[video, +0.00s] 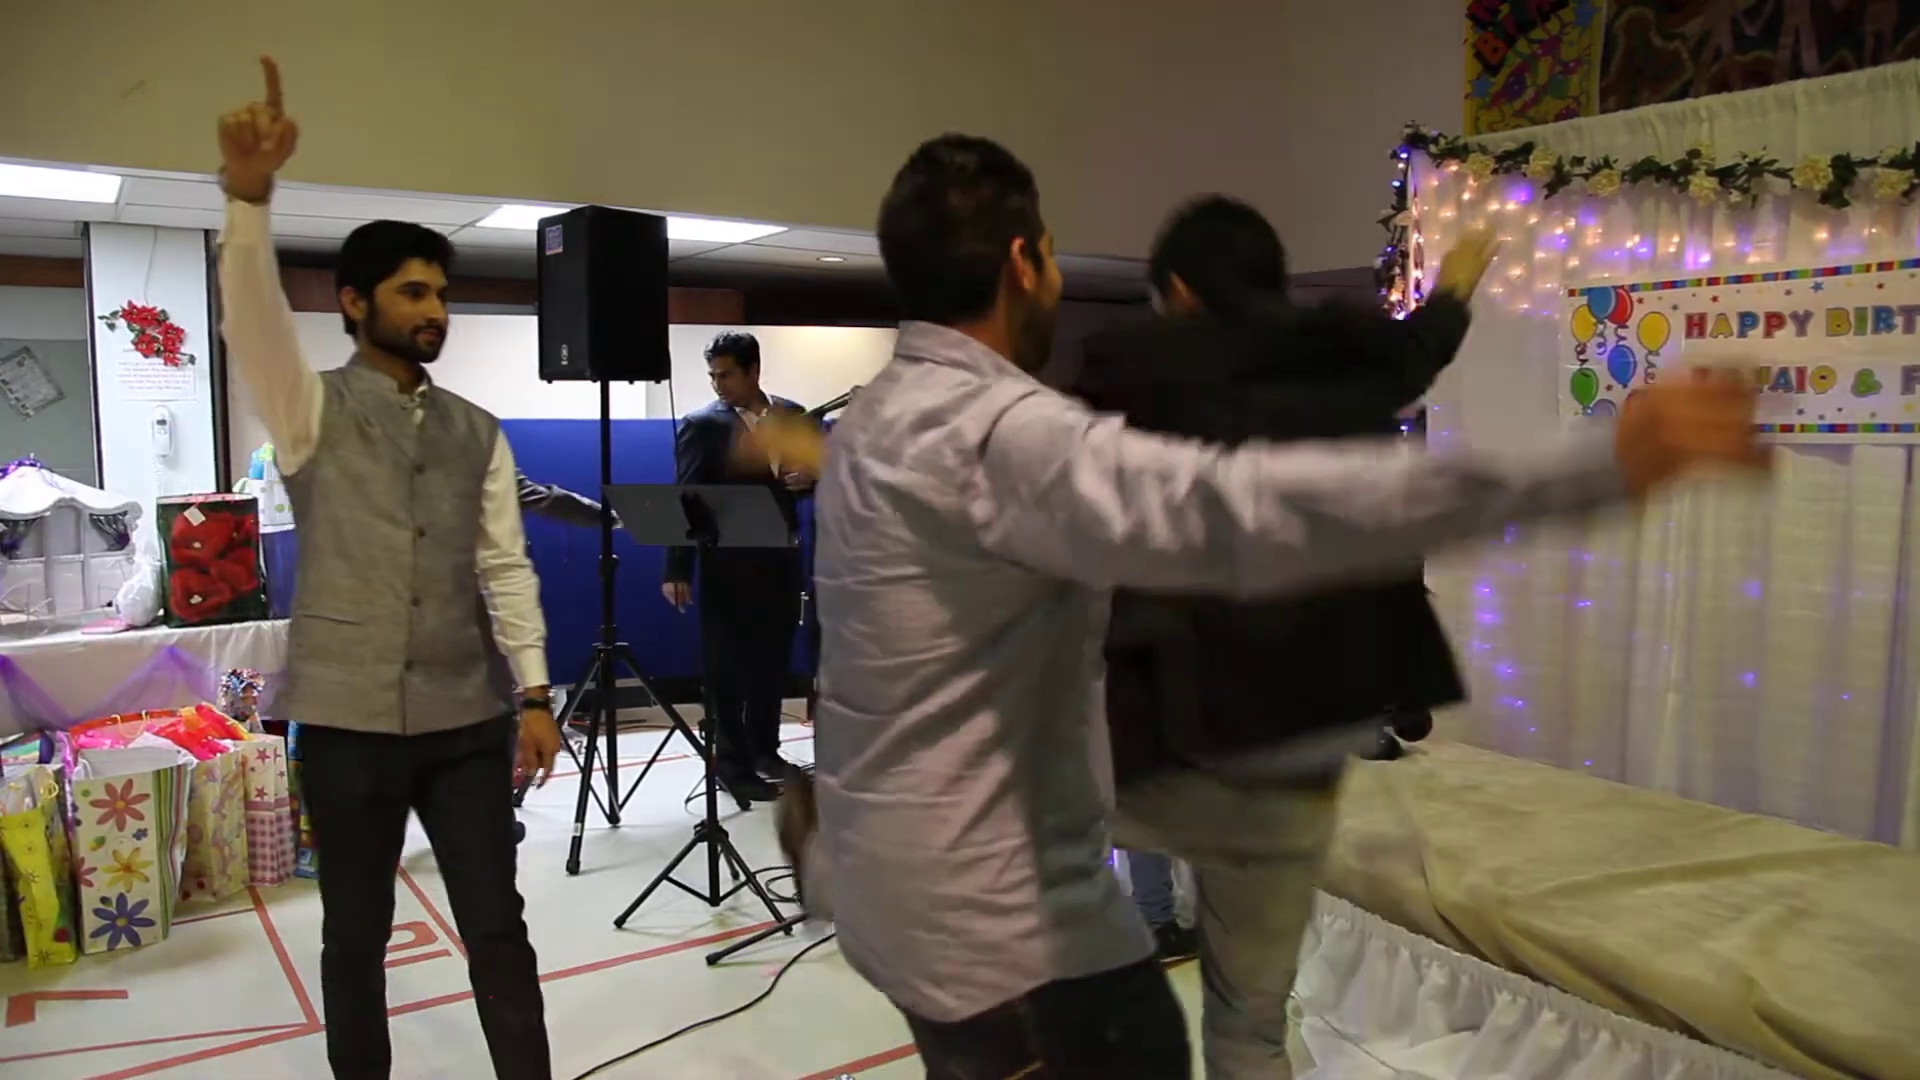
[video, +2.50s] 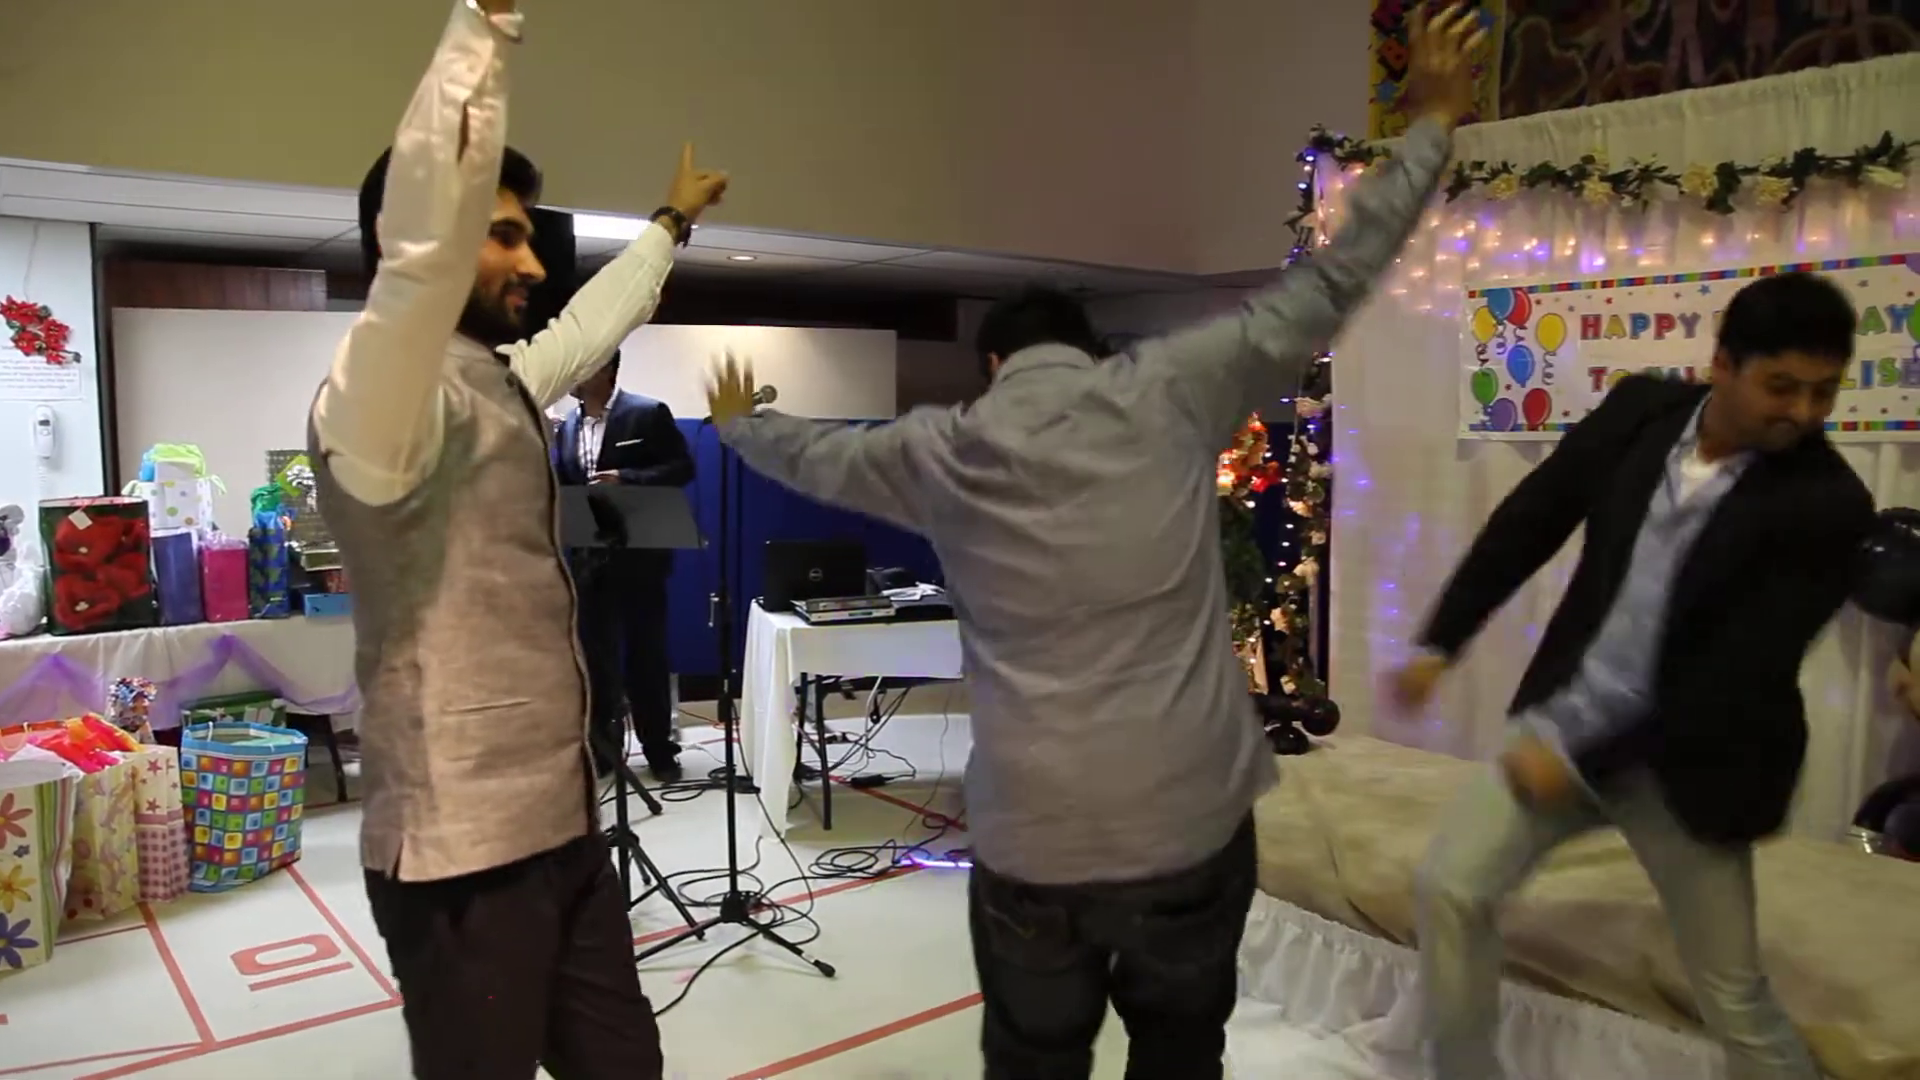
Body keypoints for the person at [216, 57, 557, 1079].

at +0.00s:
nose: (434, 309)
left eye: (441, 295)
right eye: (413, 292)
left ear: (445, 308)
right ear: (354, 301)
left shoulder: (478, 433)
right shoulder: (310, 412)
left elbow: (507, 570)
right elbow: (255, 320)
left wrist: (535, 694)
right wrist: (248, 198)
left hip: (466, 723)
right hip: (347, 726)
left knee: (498, 932)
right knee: (356, 940)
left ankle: (530, 1077)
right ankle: (362, 1076)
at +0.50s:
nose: (518, 323)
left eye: (527, 309)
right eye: (493, 307)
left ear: (536, 325)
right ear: (439, 321)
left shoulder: (574, 449)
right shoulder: (405, 439)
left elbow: (611, 591)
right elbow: (351, 349)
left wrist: (647, 717)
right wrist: (352, 209)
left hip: (573, 752)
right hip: (460, 757)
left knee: (586, 974)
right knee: (523, 969)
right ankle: (470, 1072)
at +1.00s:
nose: (544, 305)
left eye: (555, 288)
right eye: (519, 287)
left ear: (570, 306)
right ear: (463, 305)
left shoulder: (612, 436)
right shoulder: (427, 425)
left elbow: (649, 590)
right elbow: (367, 318)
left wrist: (678, 730)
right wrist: (366, 167)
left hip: (597, 764)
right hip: (480, 766)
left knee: (574, 1004)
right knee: (531, 1011)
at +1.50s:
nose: (501, 256)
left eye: (507, 240)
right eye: (471, 238)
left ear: (515, 261)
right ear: (405, 260)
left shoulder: (546, 395)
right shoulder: (373, 387)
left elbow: (646, 483)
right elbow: (346, 259)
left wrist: (750, 558)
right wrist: (332, 79)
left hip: (554, 759)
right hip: (438, 768)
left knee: (556, 1003)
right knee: (480, 1043)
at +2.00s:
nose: (504, 266)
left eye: (502, 245)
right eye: (477, 247)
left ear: (503, 262)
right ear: (398, 268)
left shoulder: (493, 399)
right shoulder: (367, 425)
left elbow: (587, 367)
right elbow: (407, 267)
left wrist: (675, 283)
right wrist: (463, 47)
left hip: (535, 819)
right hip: (443, 843)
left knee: (639, 1046)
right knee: (504, 1072)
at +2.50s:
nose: (530, 261)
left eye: (531, 239)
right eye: (502, 233)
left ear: (529, 258)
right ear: (432, 244)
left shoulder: (505, 382)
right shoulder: (384, 410)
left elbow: (587, 323)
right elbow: (421, 242)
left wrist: (670, 223)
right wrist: (482, 26)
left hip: (561, 827)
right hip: (463, 851)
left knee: (622, 1065)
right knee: (479, 1074)